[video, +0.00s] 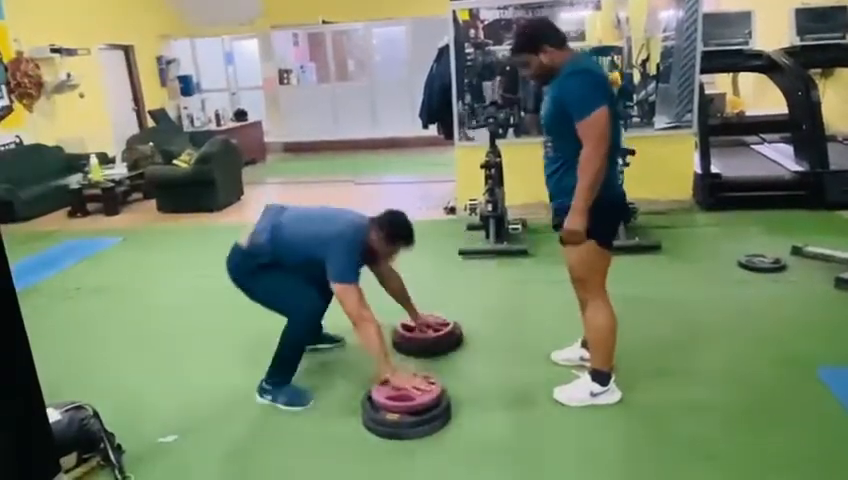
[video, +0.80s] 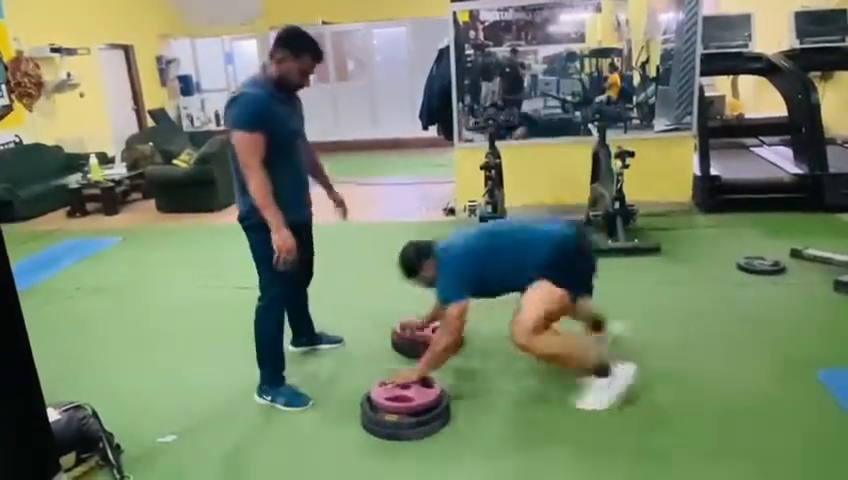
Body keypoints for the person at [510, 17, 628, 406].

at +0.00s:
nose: (527, 74)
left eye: (527, 64)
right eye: (523, 66)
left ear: (546, 51)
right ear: (546, 52)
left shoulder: (579, 79)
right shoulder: (567, 77)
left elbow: (596, 146)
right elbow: (585, 145)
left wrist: (579, 210)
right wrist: (566, 201)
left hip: (592, 202)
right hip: (577, 199)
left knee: (592, 291)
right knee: (584, 283)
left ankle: (601, 382)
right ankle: (591, 347)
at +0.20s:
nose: (506, 91)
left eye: (506, 82)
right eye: (503, 84)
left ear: (523, 71)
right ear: (527, 69)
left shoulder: (552, 94)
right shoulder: (559, 84)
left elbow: (572, 156)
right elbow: (566, 152)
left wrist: (552, 216)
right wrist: (546, 197)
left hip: (594, 205)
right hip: (592, 200)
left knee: (577, 292)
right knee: (570, 279)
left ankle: (600, 382)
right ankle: (589, 347)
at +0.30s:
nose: (495, 118)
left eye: (495, 110)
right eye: (491, 111)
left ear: (512, 100)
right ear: (517, 95)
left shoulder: (542, 125)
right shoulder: (534, 120)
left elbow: (551, 191)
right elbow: (534, 182)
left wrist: (526, 244)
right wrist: (511, 216)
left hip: (599, 221)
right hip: (583, 216)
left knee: (556, 302)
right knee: (552, 283)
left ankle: (597, 380)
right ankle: (587, 348)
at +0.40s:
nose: (493, 162)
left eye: (493, 153)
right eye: (490, 155)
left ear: (508, 143)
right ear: (514, 138)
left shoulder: (535, 163)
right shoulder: (529, 160)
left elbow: (535, 231)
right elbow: (518, 214)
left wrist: (496, 280)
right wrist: (487, 240)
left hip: (597, 258)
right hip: (574, 246)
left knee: (532, 318)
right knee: (528, 284)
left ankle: (592, 378)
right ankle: (581, 343)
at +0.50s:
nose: (489, 205)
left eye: (489, 197)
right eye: (486, 198)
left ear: (502, 190)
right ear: (511, 183)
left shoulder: (533, 211)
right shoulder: (531, 197)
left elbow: (512, 281)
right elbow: (509, 248)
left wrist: (468, 323)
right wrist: (472, 271)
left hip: (590, 297)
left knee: (516, 332)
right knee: (515, 301)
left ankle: (586, 375)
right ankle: (577, 338)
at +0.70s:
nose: (450, 261)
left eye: (446, 255)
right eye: (445, 257)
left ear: (453, 245)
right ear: (458, 235)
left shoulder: (482, 253)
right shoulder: (481, 234)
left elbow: (461, 330)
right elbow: (467, 290)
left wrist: (425, 364)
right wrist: (438, 315)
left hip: (587, 289)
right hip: (583, 273)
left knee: (514, 329)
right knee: (521, 303)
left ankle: (586, 374)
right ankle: (574, 342)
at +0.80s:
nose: (424, 282)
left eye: (421, 277)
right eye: (421, 279)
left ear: (426, 267)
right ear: (429, 252)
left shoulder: (453, 268)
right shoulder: (451, 248)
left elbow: (450, 338)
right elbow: (447, 298)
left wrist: (419, 372)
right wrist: (424, 322)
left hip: (568, 255)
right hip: (567, 239)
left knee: (525, 334)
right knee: (538, 298)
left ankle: (609, 372)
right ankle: (602, 327)